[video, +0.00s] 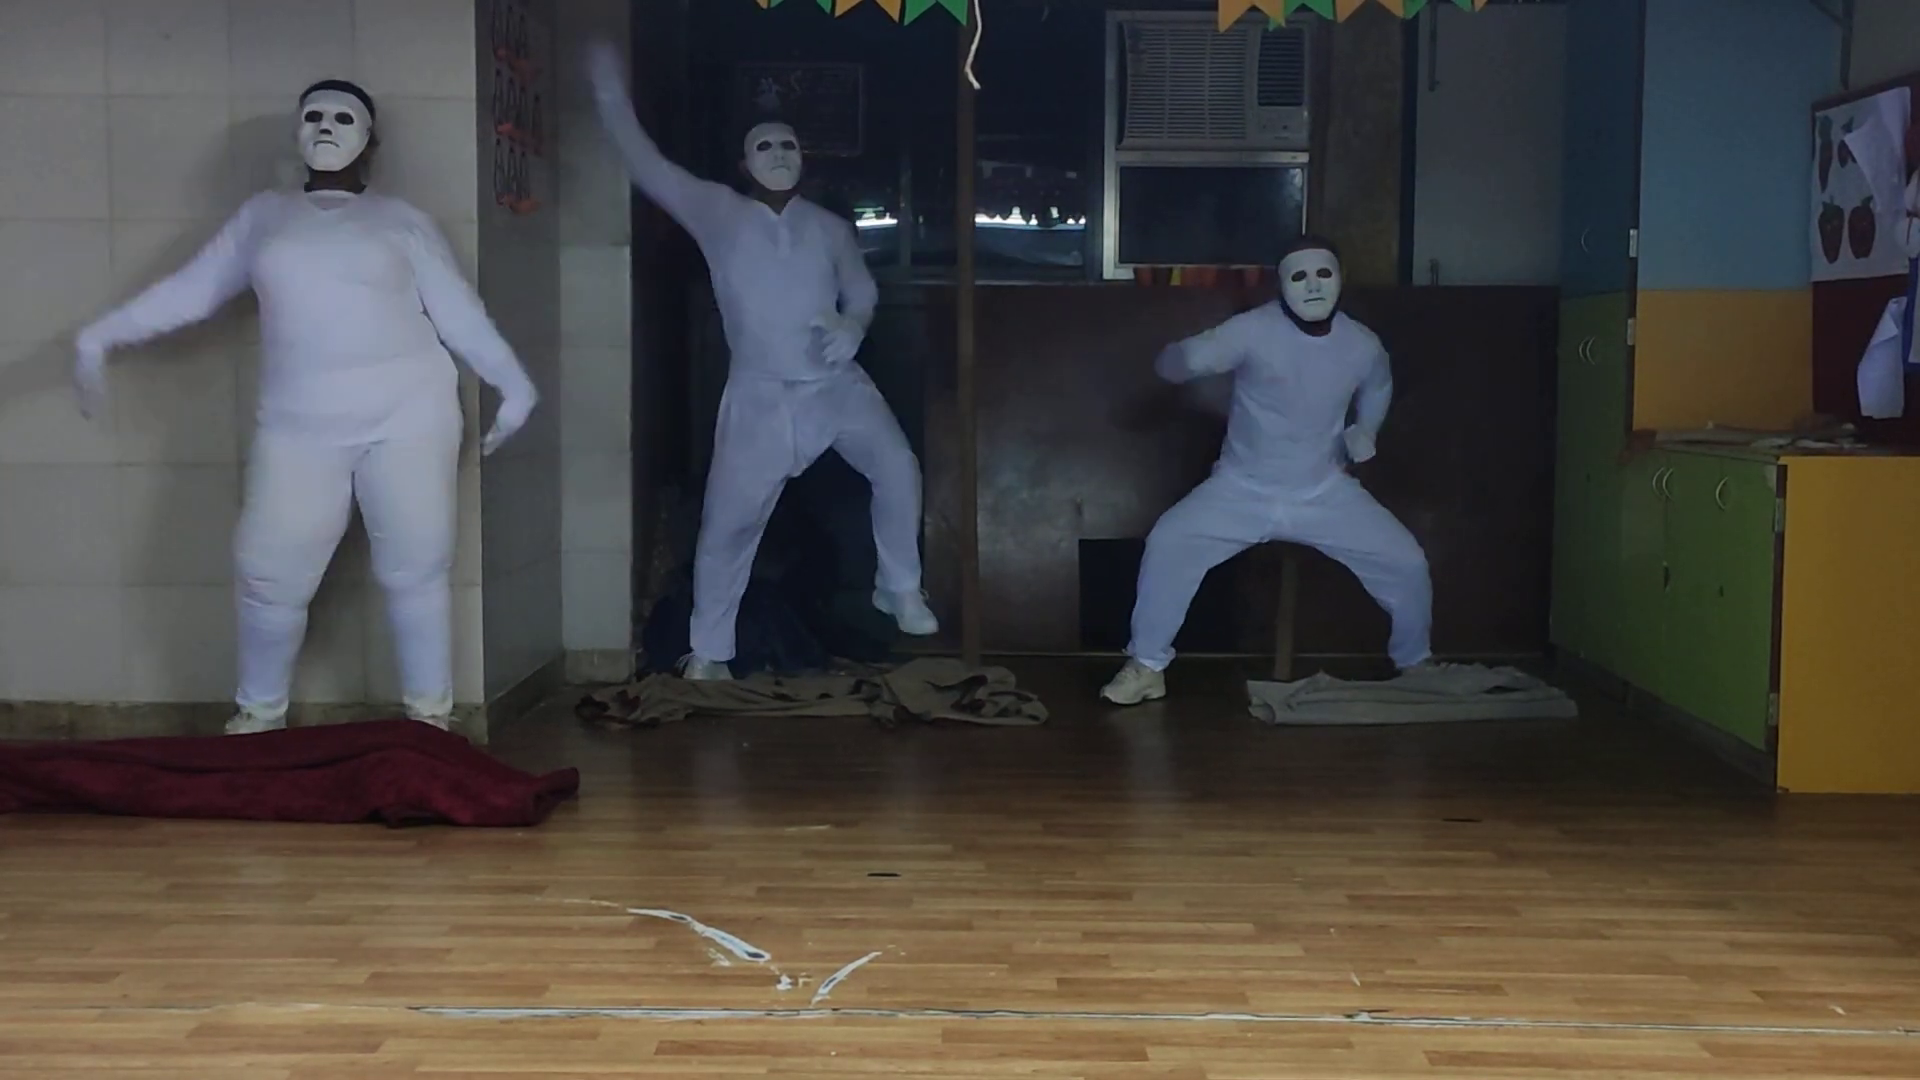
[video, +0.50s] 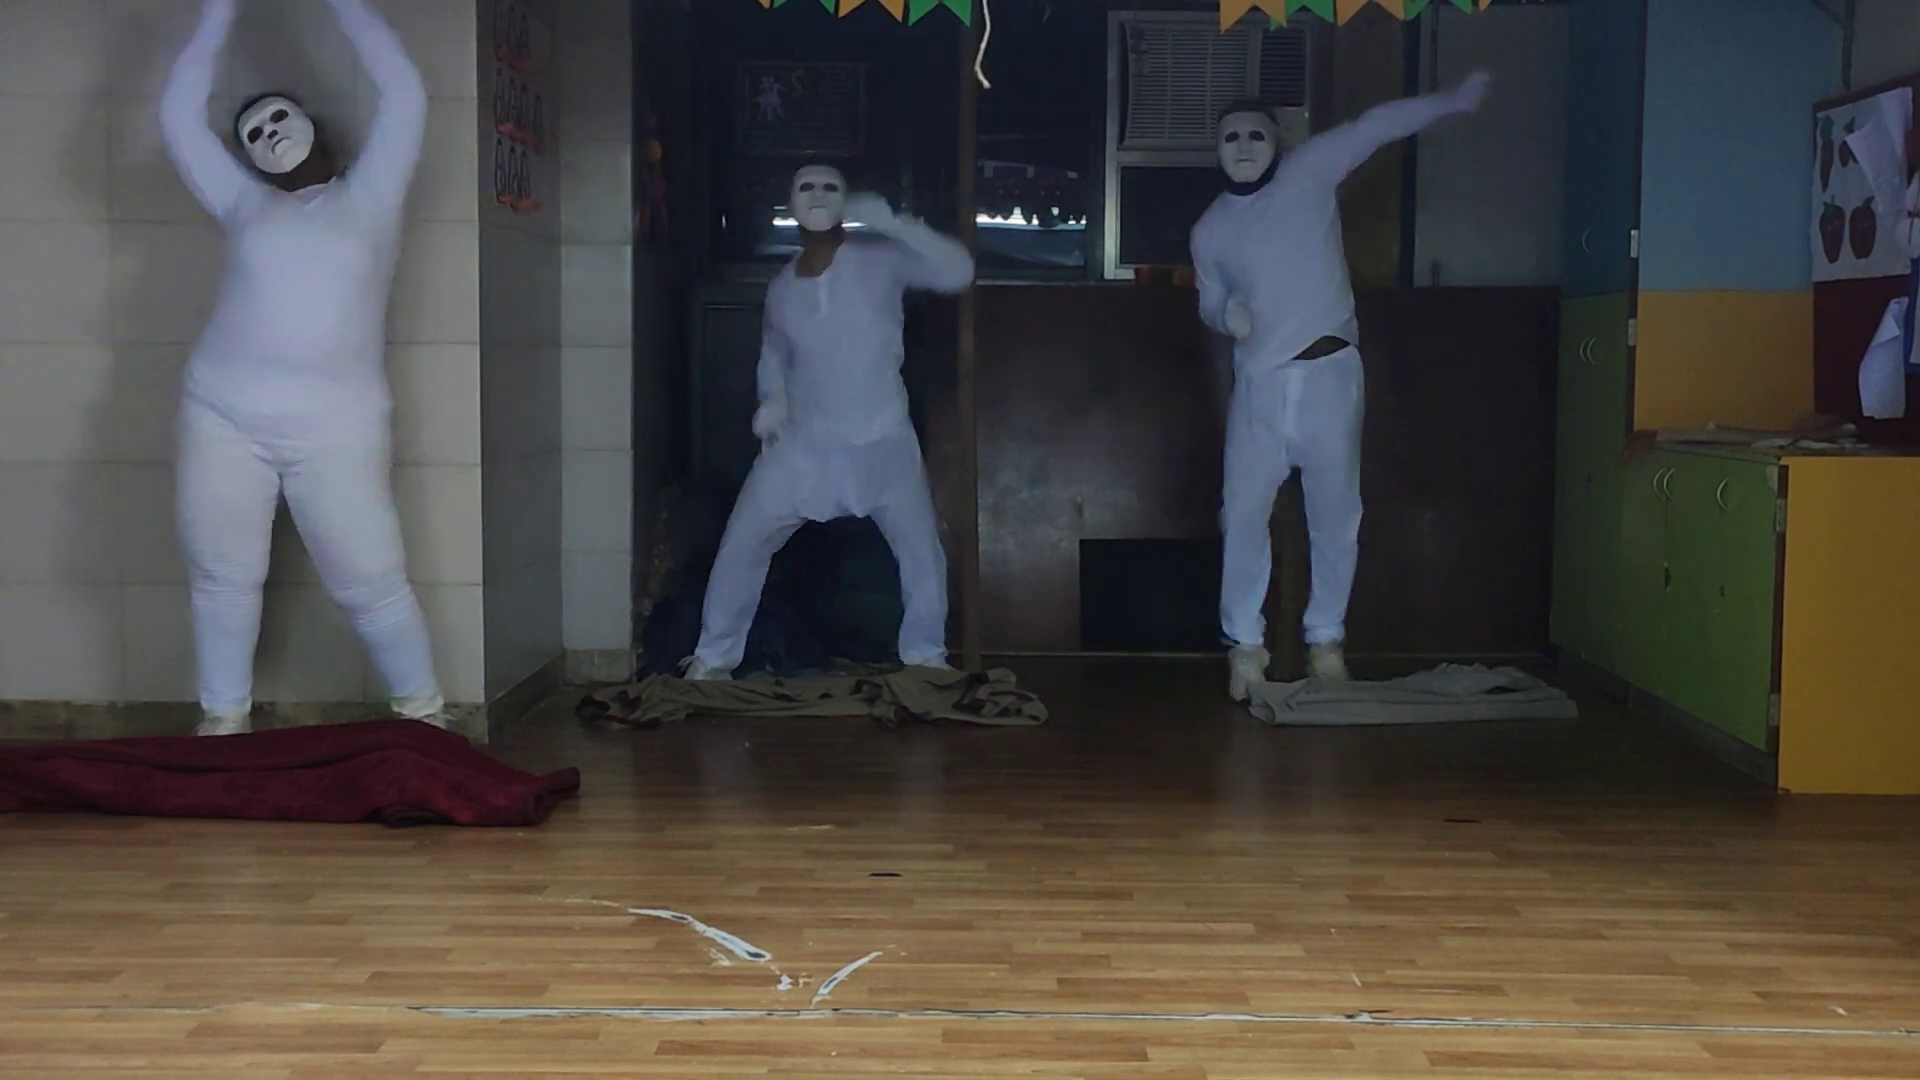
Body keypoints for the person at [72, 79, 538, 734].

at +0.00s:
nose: (326, 129)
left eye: (342, 120)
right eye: (314, 119)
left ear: (367, 137)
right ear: (297, 135)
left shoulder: (400, 222)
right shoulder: (264, 220)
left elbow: (457, 311)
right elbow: (191, 290)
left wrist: (513, 380)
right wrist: (103, 332)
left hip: (407, 423)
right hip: (299, 427)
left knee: (415, 572)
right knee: (268, 574)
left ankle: (429, 713)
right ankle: (260, 713)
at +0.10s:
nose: (330, 137)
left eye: (347, 127)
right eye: (319, 127)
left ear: (374, 143)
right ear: (304, 141)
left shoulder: (408, 228)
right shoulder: (272, 226)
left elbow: (458, 319)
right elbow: (230, 310)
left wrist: (499, 392)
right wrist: (165, 386)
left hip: (410, 421)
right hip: (302, 428)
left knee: (417, 574)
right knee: (266, 577)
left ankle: (430, 716)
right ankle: (258, 713)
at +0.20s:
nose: (316, 116)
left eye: (331, 102)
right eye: (303, 108)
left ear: (361, 116)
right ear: (291, 126)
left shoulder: (407, 201)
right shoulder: (270, 208)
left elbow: (482, 245)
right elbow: (202, 270)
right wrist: (116, 307)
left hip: (398, 408)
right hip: (291, 408)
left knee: (407, 562)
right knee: (251, 558)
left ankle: (430, 716)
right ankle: (241, 706)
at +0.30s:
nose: (294, 105)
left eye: (306, 90)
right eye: (281, 103)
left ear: (340, 97)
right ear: (277, 125)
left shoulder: (406, 174)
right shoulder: (263, 184)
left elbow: (495, 138)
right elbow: (162, 182)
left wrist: (550, 89)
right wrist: (73, 153)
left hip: (381, 393)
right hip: (273, 390)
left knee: (396, 552)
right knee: (237, 544)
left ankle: (431, 706)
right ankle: (227, 701)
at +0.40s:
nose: (279, 111)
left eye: (290, 97)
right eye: (265, 112)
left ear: (326, 101)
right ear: (261, 134)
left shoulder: (387, 172)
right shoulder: (253, 179)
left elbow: (449, 79)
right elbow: (160, 112)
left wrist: (467, 1)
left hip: (356, 400)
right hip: (248, 395)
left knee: (387, 563)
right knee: (230, 559)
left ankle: (433, 711)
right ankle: (219, 715)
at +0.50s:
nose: (270, 129)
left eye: (279, 114)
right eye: (256, 129)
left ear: (312, 120)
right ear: (249, 154)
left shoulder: (367, 199)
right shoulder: (245, 206)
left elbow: (403, 94)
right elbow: (180, 117)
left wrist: (349, 9)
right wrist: (216, 19)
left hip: (336, 424)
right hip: (226, 421)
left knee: (372, 583)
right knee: (224, 580)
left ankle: (424, 719)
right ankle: (222, 726)